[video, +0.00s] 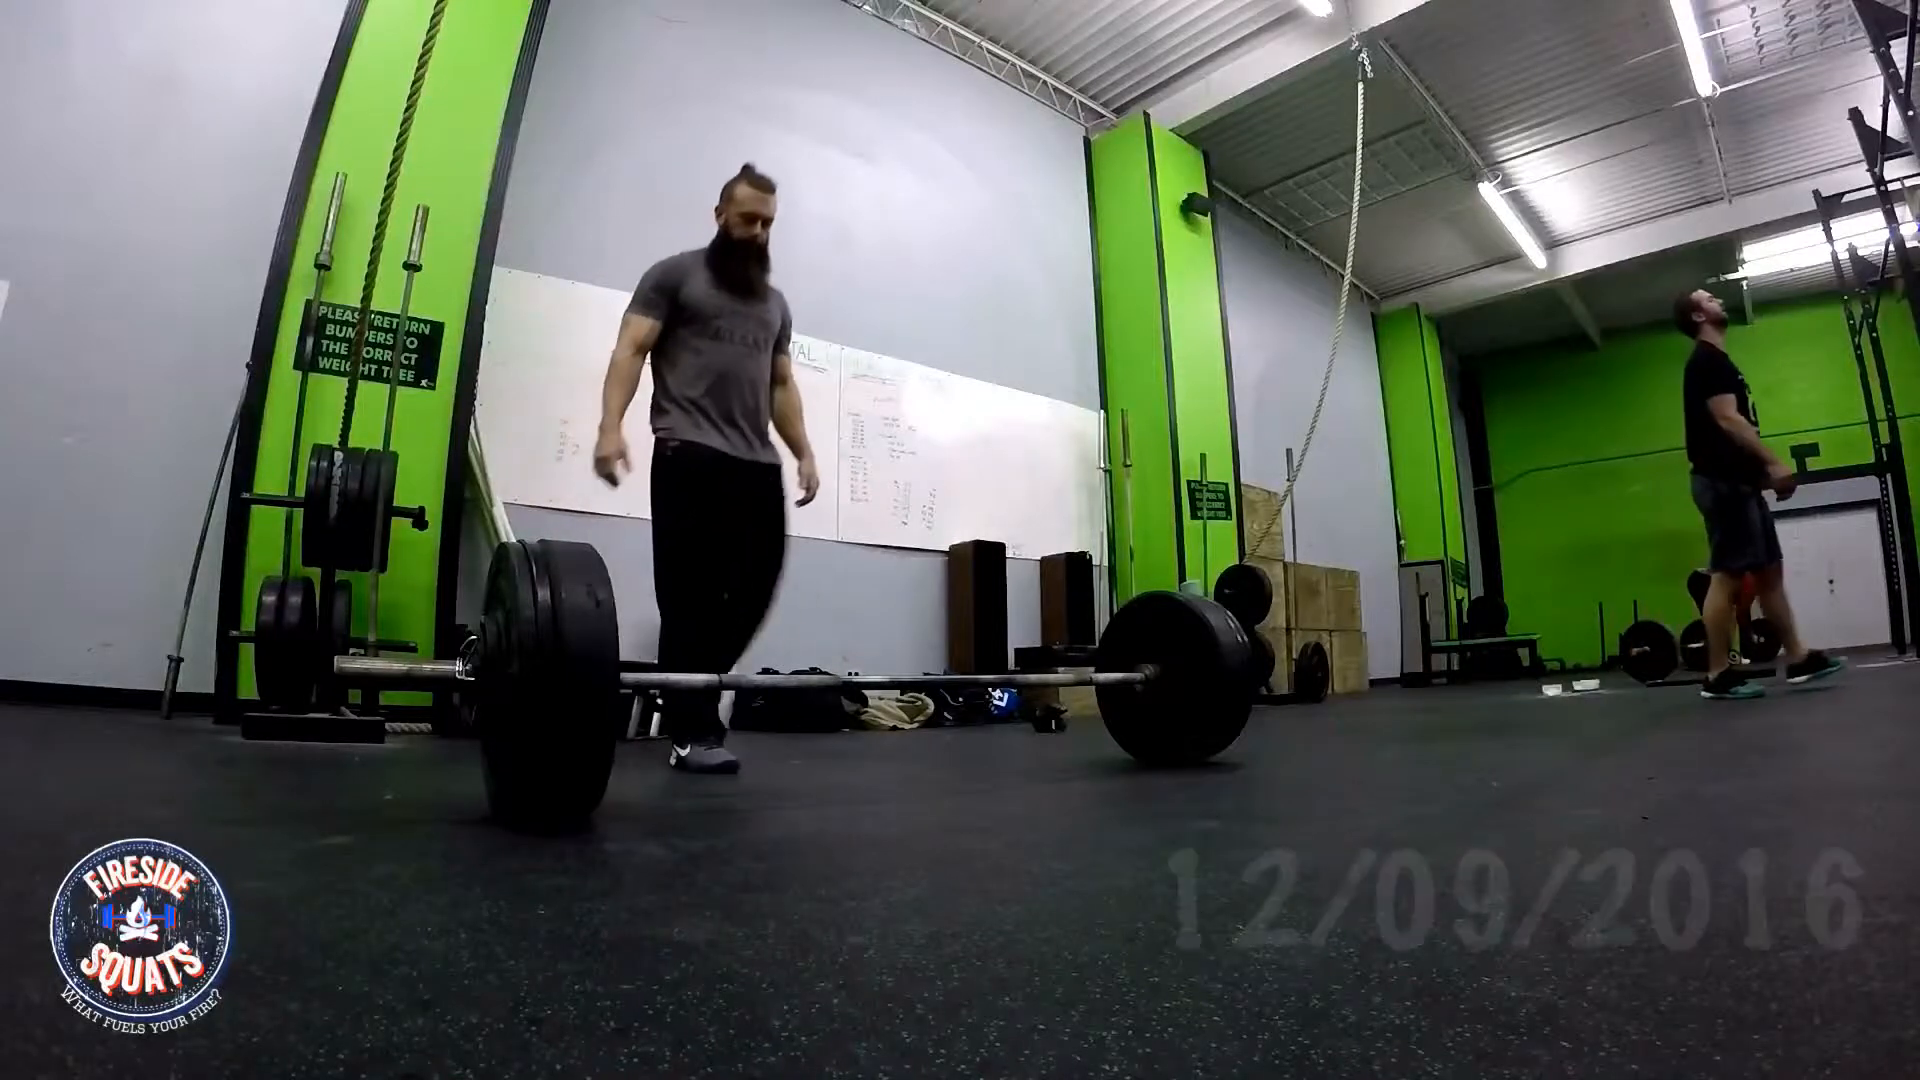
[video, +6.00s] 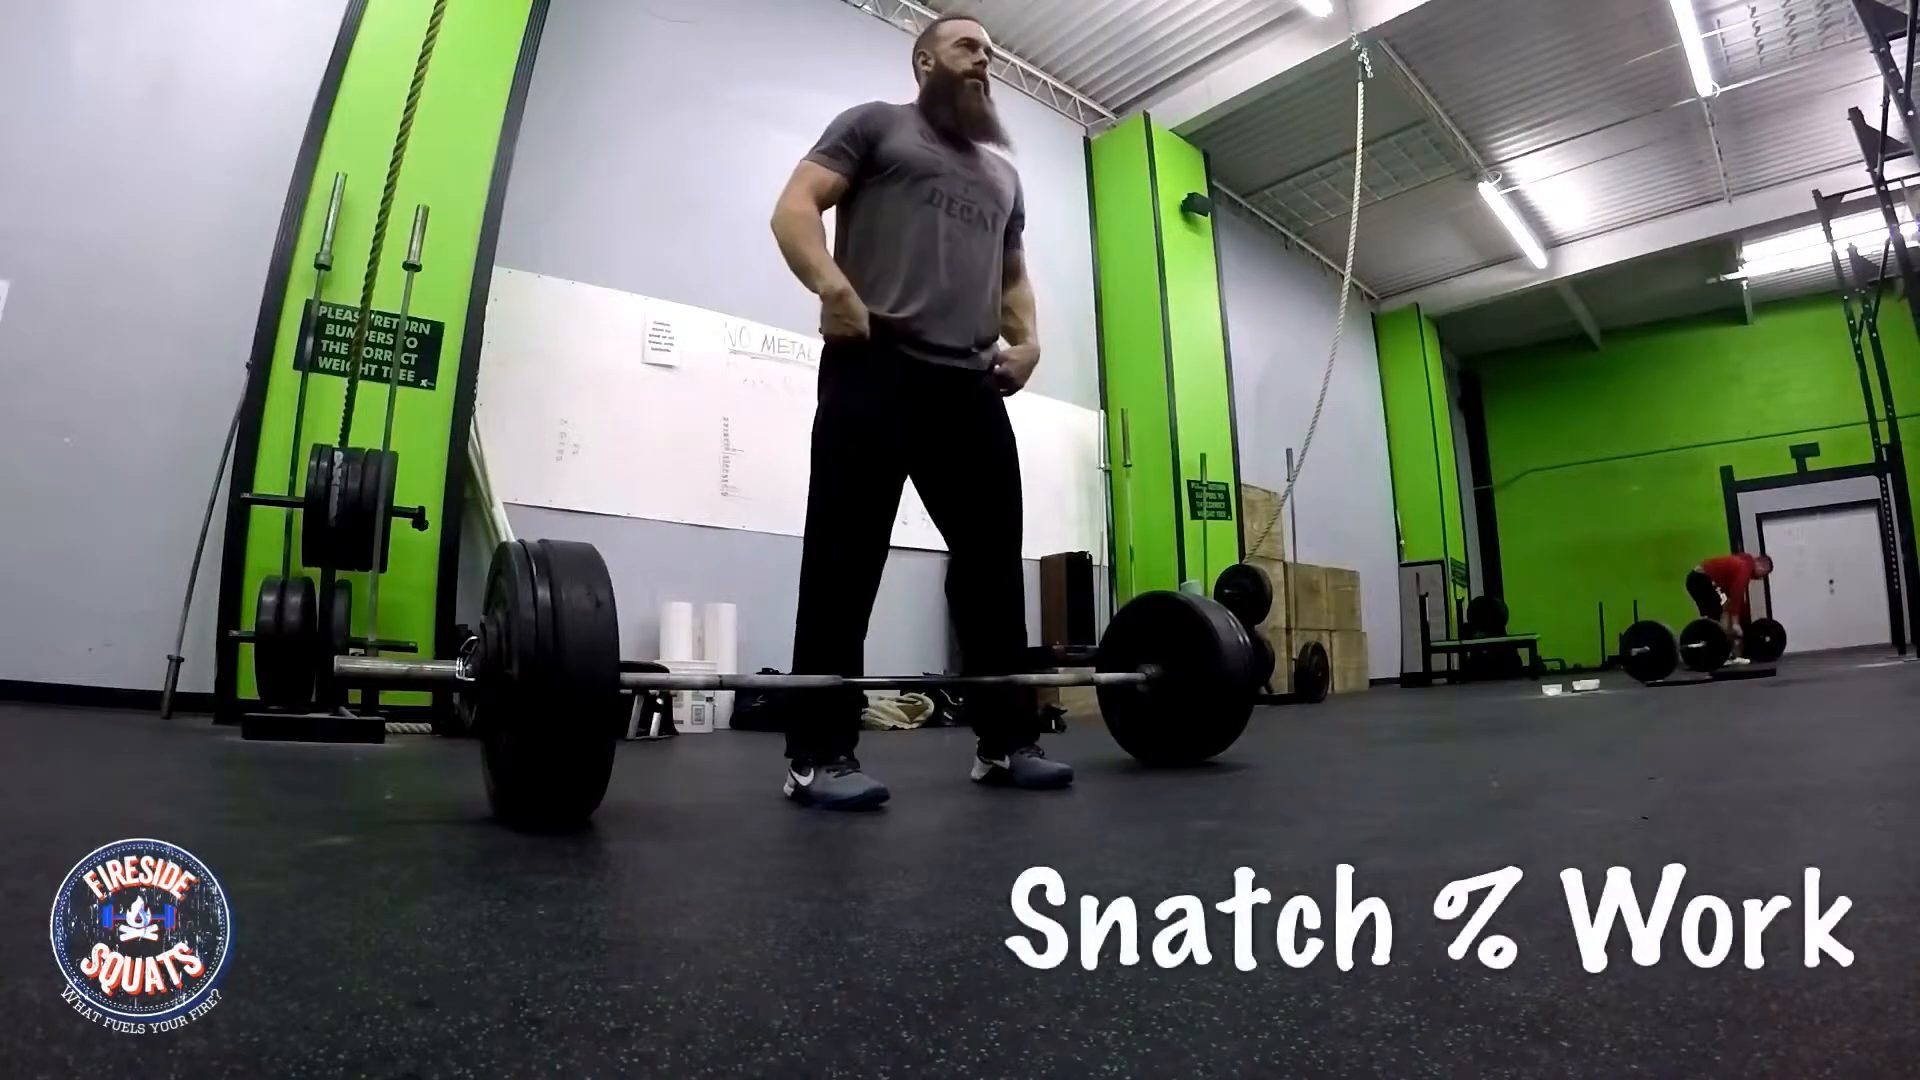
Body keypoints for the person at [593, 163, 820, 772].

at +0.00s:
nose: (757, 231)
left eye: (766, 222)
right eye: (747, 218)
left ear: (773, 224)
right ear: (720, 213)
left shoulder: (775, 304)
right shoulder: (673, 276)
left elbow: (781, 383)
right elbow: (630, 350)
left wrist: (804, 451)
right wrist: (610, 426)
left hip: (754, 464)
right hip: (687, 455)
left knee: (756, 583)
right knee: (692, 588)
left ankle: (686, 696)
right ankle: (693, 737)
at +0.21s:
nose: (784, 211)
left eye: (794, 201)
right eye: (774, 198)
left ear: (804, 203)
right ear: (749, 191)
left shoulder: (797, 285)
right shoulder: (699, 251)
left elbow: (804, 368)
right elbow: (651, 324)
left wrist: (834, 440)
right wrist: (663, 382)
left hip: (783, 451)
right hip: (706, 442)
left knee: (814, 577)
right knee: (702, 593)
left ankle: (800, 718)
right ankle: (694, 736)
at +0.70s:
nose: (899, 195)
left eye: (911, 187)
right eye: (889, 181)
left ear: (922, 190)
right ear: (864, 173)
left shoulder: (913, 273)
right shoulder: (806, 225)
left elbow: (921, 361)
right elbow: (747, 291)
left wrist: (947, 439)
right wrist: (722, 362)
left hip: (879, 434)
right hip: (796, 417)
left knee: (874, 587)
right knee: (771, 564)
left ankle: (883, 741)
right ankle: (726, 721)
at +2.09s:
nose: (976, 111)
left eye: (989, 98)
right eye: (966, 94)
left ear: (1003, 90)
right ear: (933, 68)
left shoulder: (985, 170)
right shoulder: (854, 122)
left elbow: (982, 279)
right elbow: (768, 217)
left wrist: (1007, 373)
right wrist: (758, 324)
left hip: (943, 387)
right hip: (845, 375)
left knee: (963, 565)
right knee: (827, 566)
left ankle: (1004, 745)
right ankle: (826, 758)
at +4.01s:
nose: (1024, 121)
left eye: (1039, 110)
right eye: (1016, 102)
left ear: (1056, 104)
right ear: (987, 75)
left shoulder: (1032, 193)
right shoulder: (905, 128)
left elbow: (1029, 299)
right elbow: (820, 215)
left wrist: (1061, 393)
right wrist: (812, 315)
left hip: (971, 396)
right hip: (873, 377)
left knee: (987, 570)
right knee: (844, 564)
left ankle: (1004, 746)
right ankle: (820, 756)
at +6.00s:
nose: (982, 58)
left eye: (988, 51)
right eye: (965, 45)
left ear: (989, 76)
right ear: (923, 62)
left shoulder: (1003, 173)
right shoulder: (877, 124)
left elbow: (1013, 281)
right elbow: (792, 210)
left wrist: (1026, 344)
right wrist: (832, 288)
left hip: (966, 384)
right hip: (871, 370)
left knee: (992, 556)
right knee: (843, 561)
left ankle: (1005, 745)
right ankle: (819, 758)